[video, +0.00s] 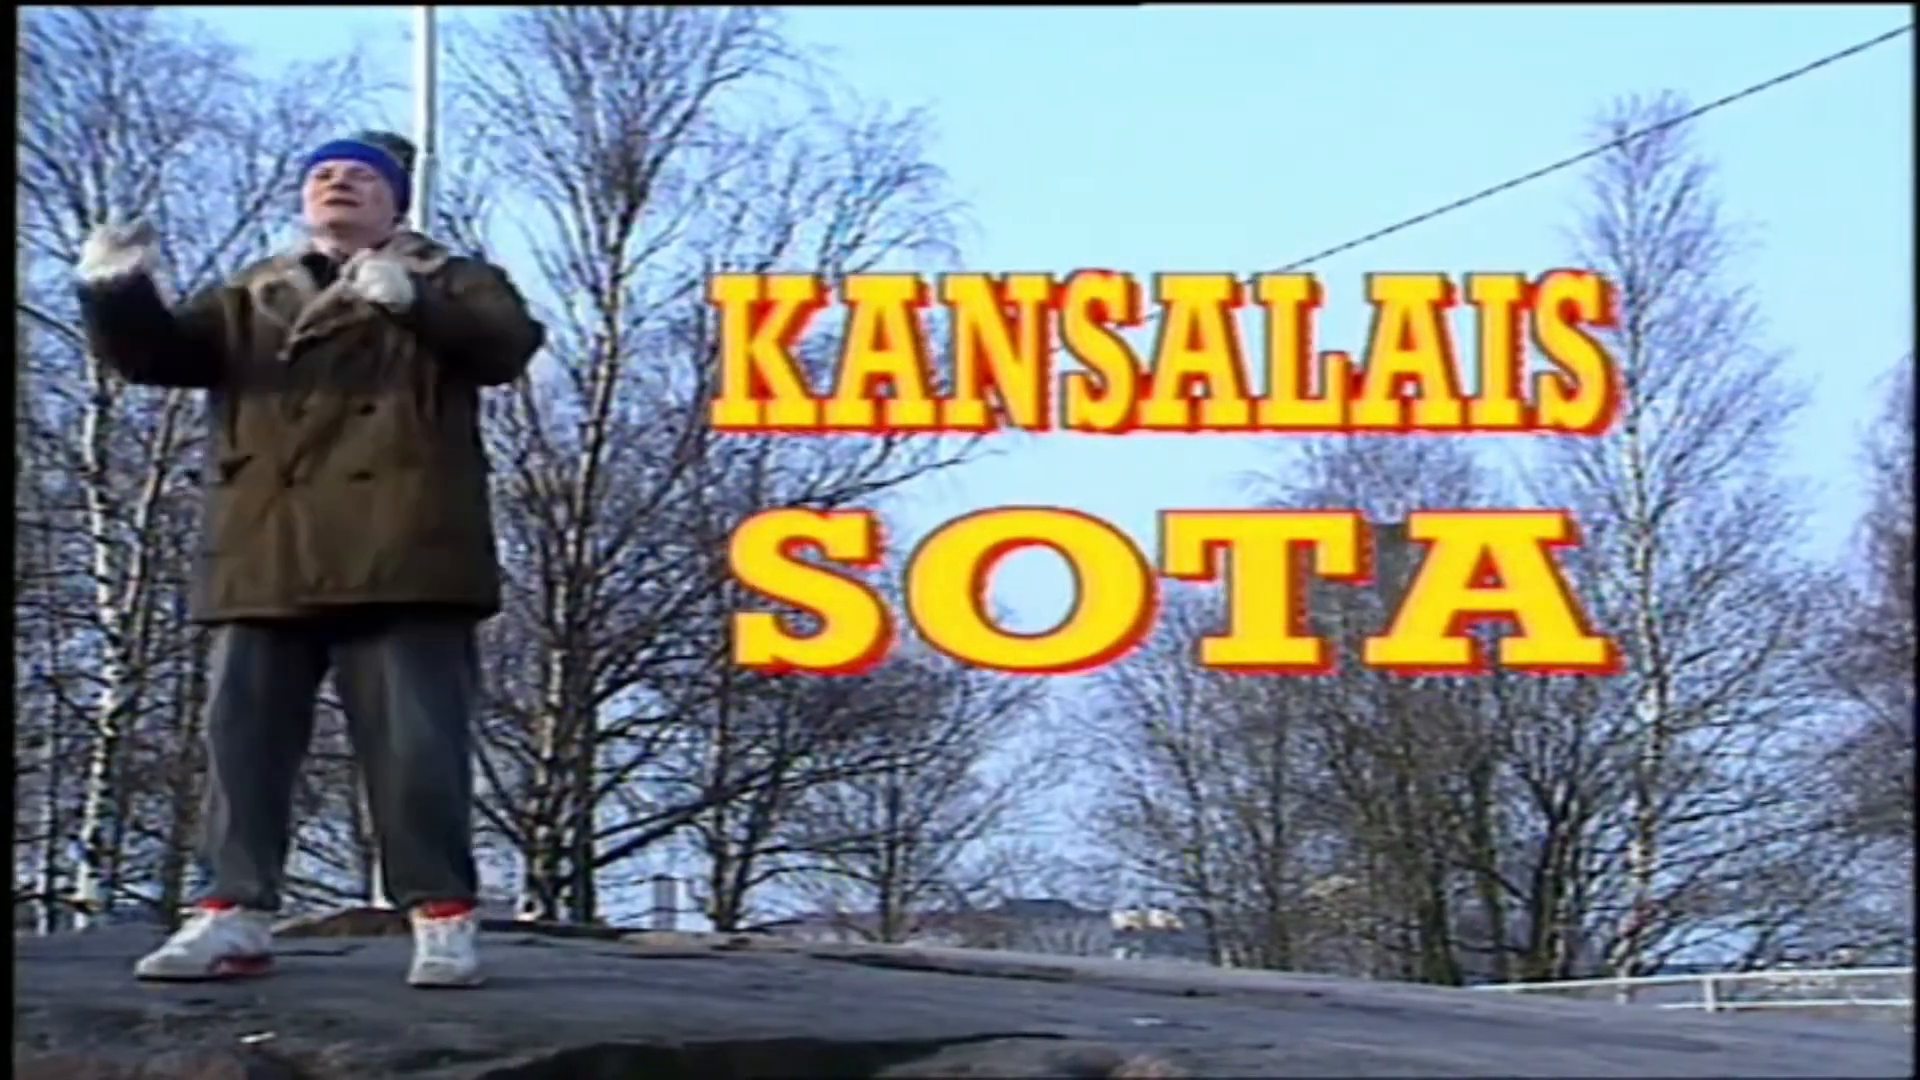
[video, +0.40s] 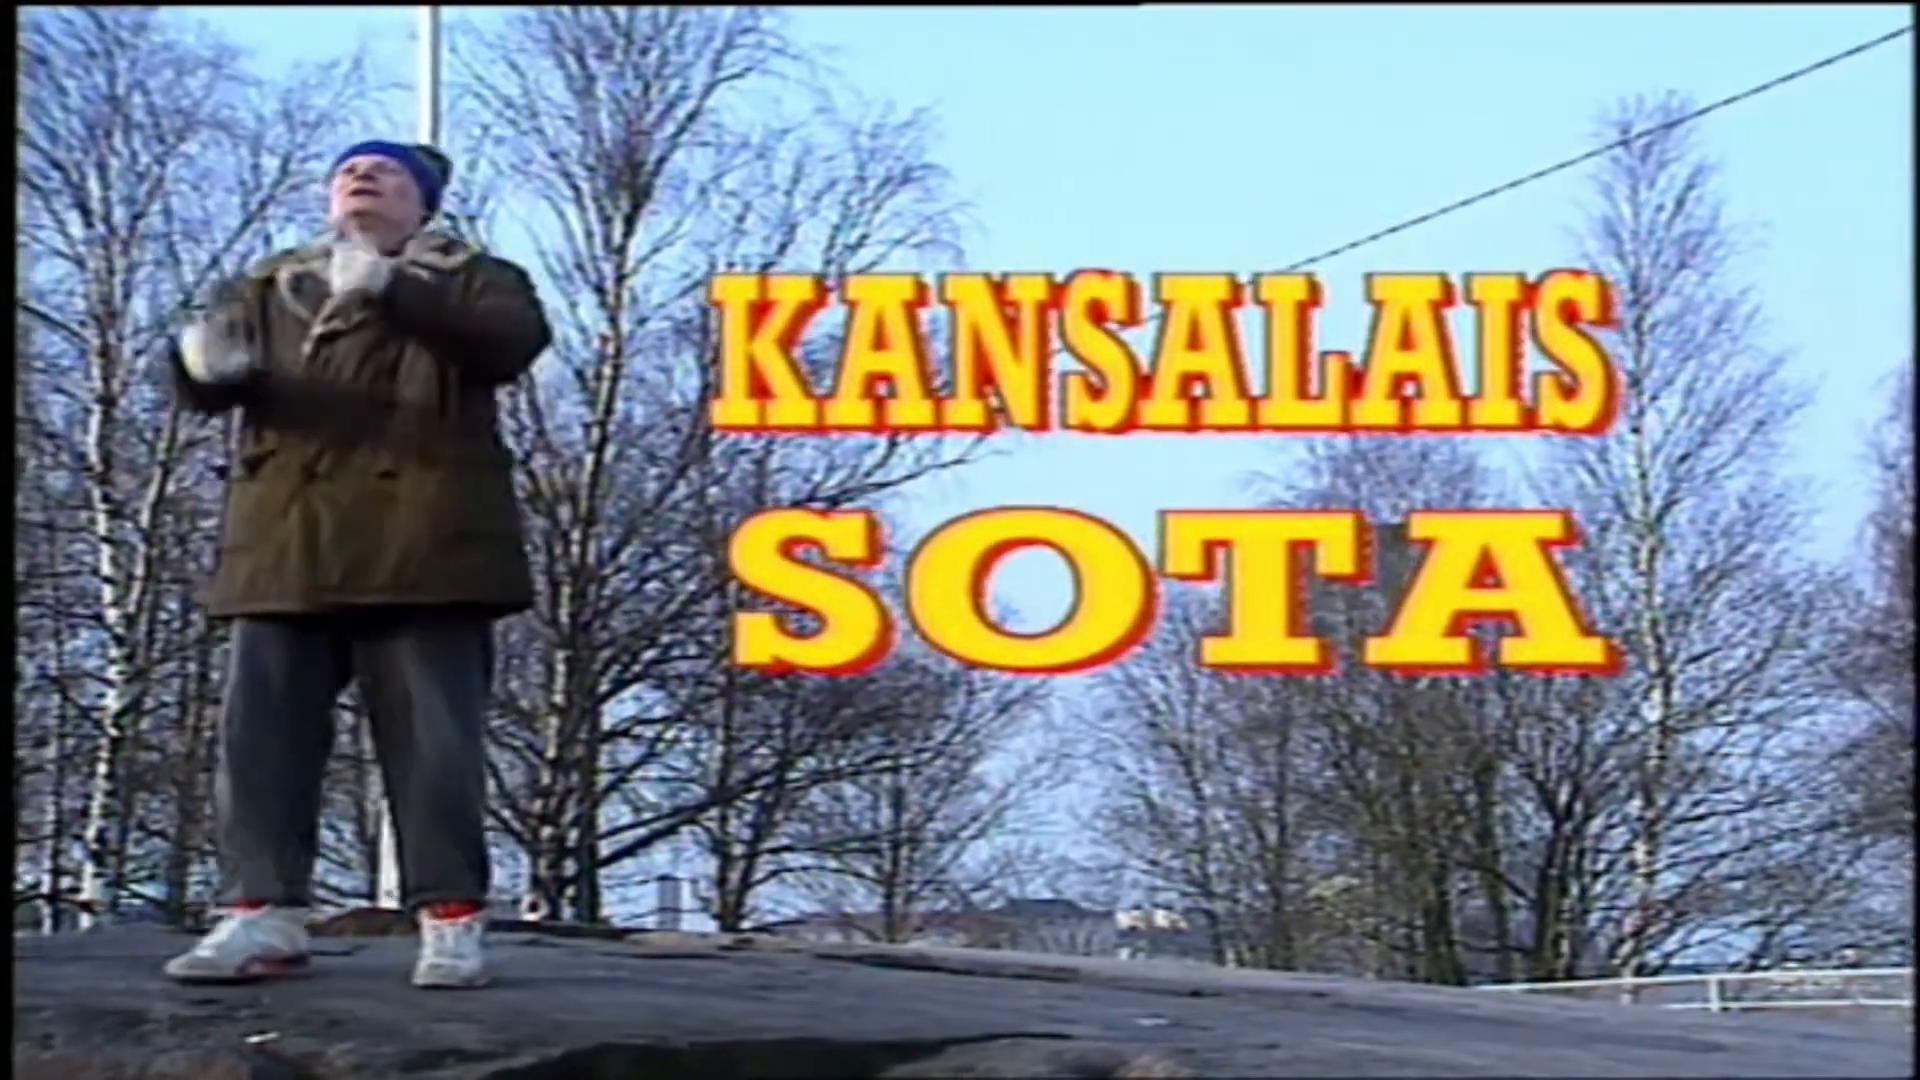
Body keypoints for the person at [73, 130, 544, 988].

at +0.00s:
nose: (335, 184)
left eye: (357, 175)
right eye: (322, 175)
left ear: (399, 204)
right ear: (299, 204)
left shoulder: (449, 279)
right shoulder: (255, 294)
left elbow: (509, 344)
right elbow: (158, 352)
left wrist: (417, 295)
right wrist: (118, 291)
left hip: (406, 553)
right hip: (266, 556)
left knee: (416, 742)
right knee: (241, 730)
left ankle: (441, 916)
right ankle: (238, 913)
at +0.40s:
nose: (361, 179)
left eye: (384, 173)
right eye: (347, 172)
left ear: (425, 204)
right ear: (327, 203)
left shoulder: (472, 274)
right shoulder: (276, 283)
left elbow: (515, 338)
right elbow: (201, 382)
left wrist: (396, 285)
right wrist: (201, 361)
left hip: (425, 544)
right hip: (285, 546)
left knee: (434, 738)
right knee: (266, 730)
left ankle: (450, 917)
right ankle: (268, 912)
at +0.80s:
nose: (309, 175)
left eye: (333, 165)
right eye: (297, 168)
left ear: (385, 195)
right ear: (279, 199)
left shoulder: (446, 273)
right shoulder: (236, 284)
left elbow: (447, 372)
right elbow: (141, 359)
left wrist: (336, 383)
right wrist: (116, 306)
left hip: (396, 558)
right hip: (255, 560)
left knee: (412, 742)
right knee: (257, 744)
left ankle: (440, 914)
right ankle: (274, 917)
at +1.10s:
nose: (332, 175)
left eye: (356, 166)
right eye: (321, 167)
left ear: (407, 194)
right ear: (303, 195)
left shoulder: (461, 275)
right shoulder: (255, 275)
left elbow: (446, 353)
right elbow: (198, 383)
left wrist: (308, 314)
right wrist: (162, 366)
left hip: (394, 554)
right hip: (259, 552)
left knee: (406, 744)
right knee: (265, 744)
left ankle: (436, 919)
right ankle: (279, 917)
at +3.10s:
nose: (367, 178)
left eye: (393, 169)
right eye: (362, 174)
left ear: (444, 208)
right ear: (347, 210)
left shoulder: (494, 282)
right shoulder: (292, 283)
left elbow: (490, 383)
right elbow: (165, 337)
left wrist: (379, 405)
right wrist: (163, 249)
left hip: (424, 561)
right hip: (294, 561)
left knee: (433, 742)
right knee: (293, 738)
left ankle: (458, 921)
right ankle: (302, 918)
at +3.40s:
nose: (391, 179)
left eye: (417, 172)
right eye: (389, 172)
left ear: (465, 214)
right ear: (371, 205)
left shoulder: (506, 285)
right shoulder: (319, 274)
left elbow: (477, 351)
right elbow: (230, 374)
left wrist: (342, 305)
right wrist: (201, 343)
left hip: (422, 555)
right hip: (295, 549)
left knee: (434, 741)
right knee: (295, 740)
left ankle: (459, 919)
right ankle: (303, 918)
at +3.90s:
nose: (378, 170)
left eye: (404, 163)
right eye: (379, 164)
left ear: (455, 202)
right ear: (370, 201)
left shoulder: (515, 286)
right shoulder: (306, 283)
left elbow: (508, 388)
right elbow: (170, 322)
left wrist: (392, 411)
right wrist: (167, 225)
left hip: (437, 566)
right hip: (309, 564)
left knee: (444, 747)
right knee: (301, 742)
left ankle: (462, 921)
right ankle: (305, 919)